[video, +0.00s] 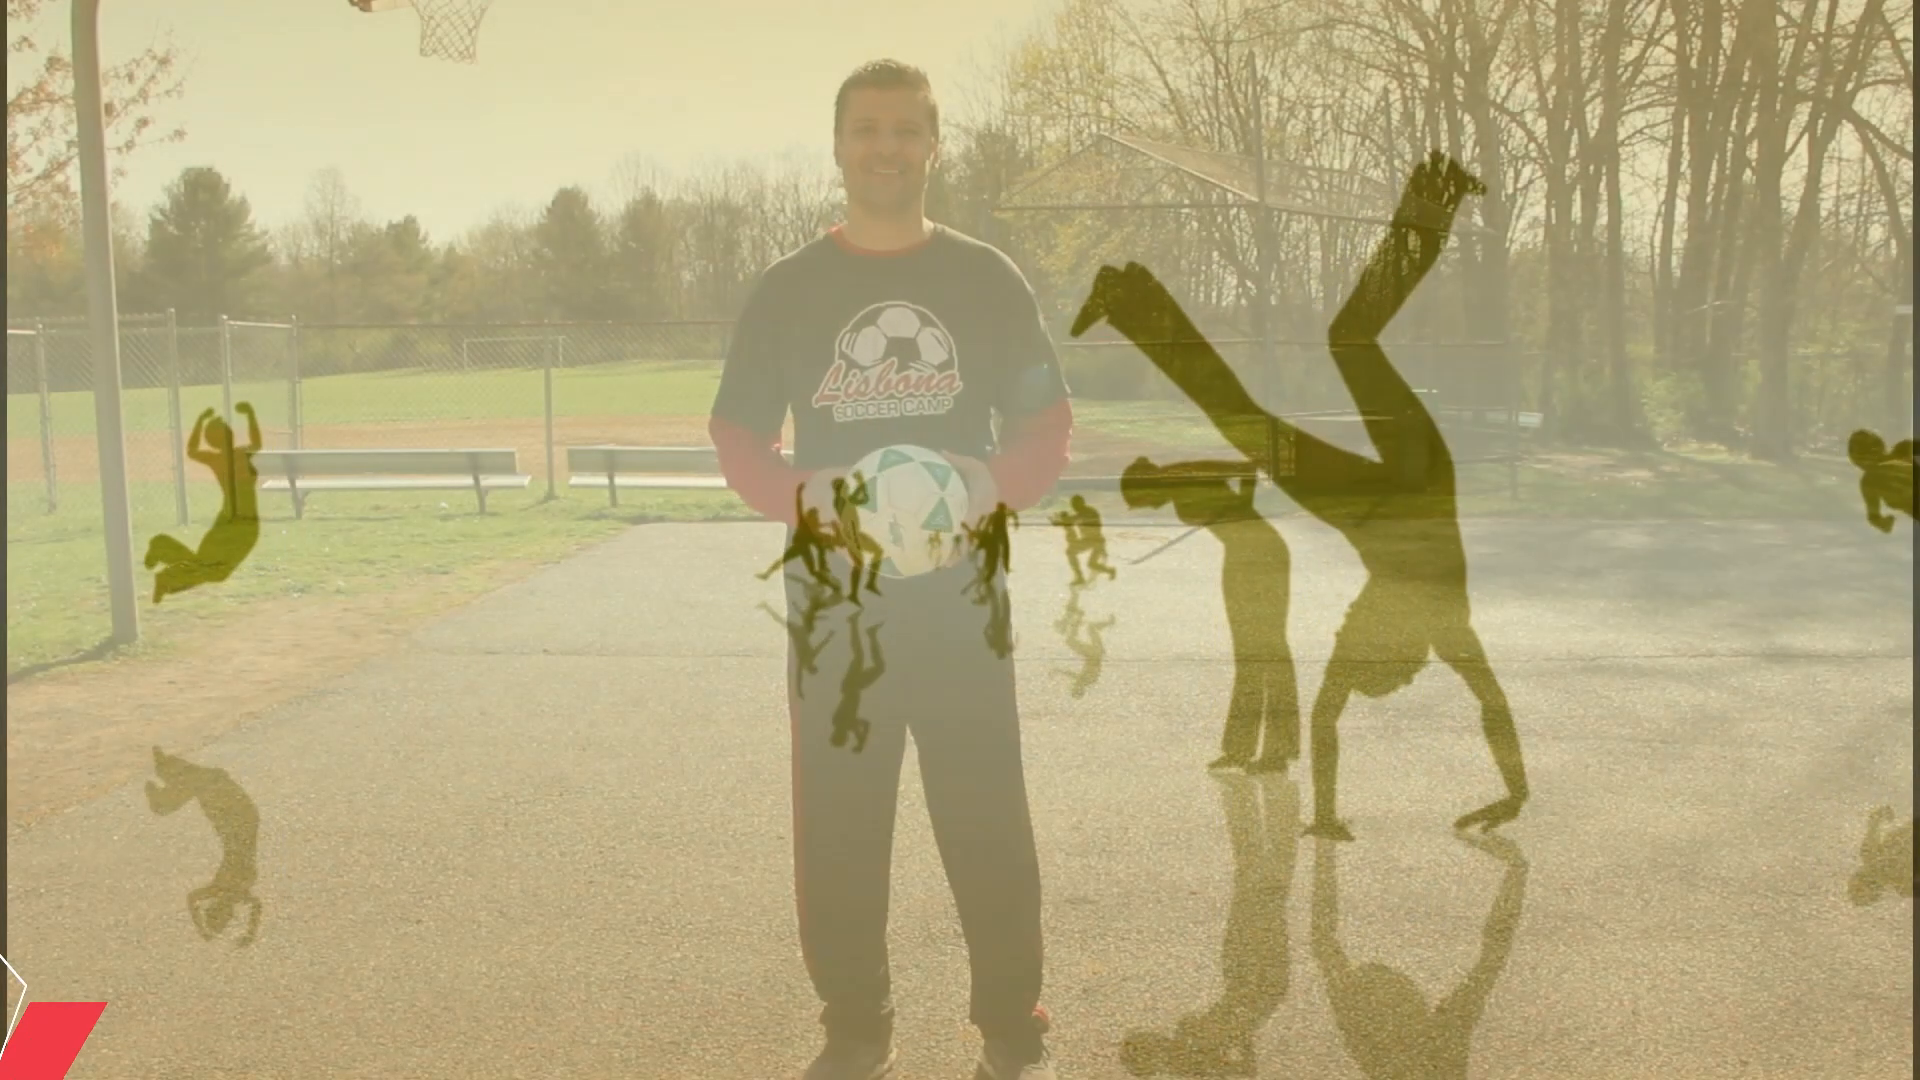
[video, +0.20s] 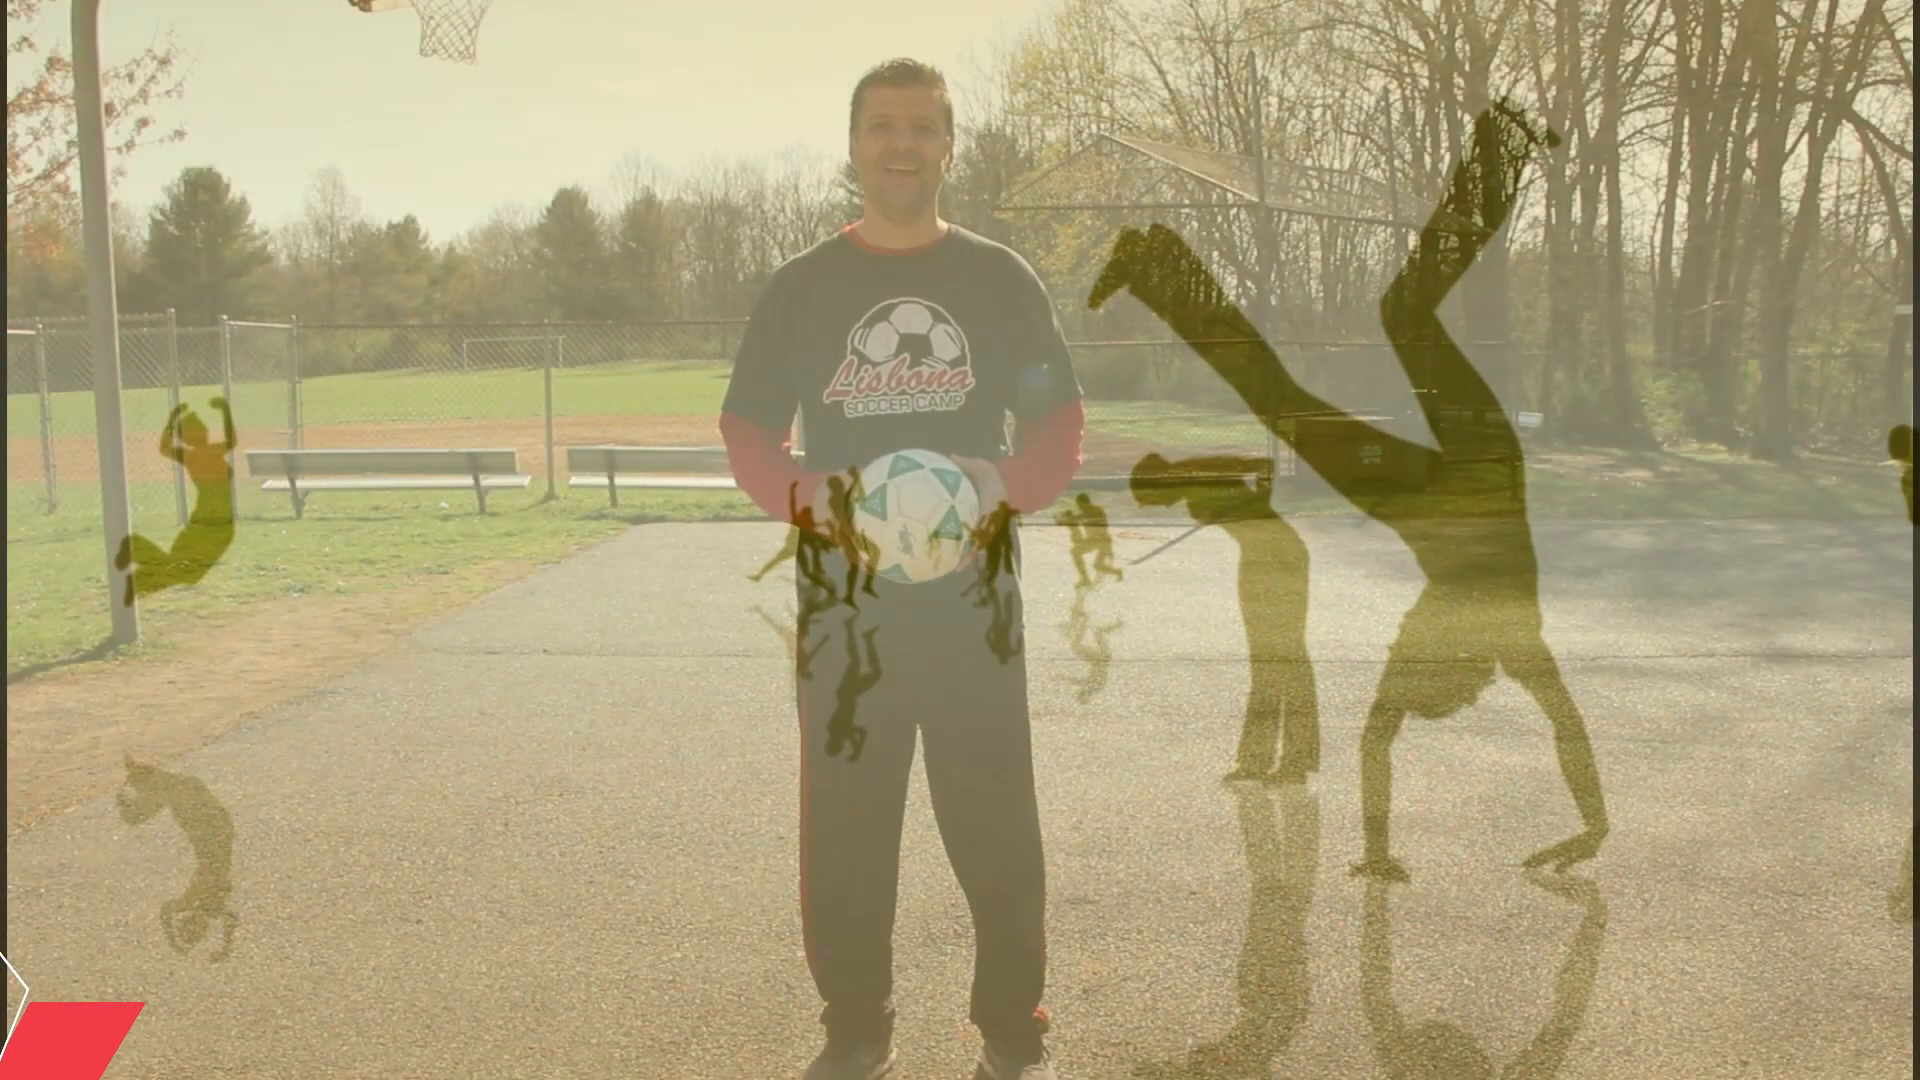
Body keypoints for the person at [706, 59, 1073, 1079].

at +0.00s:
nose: (890, 149)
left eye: (910, 130)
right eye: (868, 131)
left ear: (936, 145)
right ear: (838, 147)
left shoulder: (987, 277)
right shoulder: (785, 290)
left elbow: (1047, 424)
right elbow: (737, 436)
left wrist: (985, 493)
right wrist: (803, 502)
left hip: (959, 582)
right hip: (836, 591)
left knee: (985, 808)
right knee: (838, 814)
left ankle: (1010, 1021)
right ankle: (852, 1023)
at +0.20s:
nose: (904, 146)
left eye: (924, 129)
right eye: (882, 128)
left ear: (950, 145)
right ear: (853, 145)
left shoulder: (1000, 277)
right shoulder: (799, 288)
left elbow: (1058, 418)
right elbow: (746, 426)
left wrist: (1001, 492)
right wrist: (802, 496)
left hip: (971, 582)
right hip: (845, 592)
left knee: (994, 815)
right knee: (844, 818)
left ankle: (1012, 1030)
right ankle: (853, 1027)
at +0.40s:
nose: (927, 131)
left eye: (948, 117)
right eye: (908, 114)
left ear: (972, 143)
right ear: (874, 134)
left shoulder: (1015, 273)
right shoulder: (811, 281)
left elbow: (1082, 423)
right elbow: (753, 422)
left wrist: (1052, 411)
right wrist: (780, 446)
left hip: (984, 574)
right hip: (857, 577)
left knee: (1000, 812)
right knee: (853, 814)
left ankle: (1013, 1033)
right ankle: (852, 1032)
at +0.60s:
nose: (941, 128)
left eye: (964, 115)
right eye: (923, 111)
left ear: (989, 147)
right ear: (891, 137)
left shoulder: (1029, 277)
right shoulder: (828, 282)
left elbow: (1072, 444)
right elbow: (787, 432)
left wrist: (1094, 410)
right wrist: (772, 461)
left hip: (999, 577)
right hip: (871, 576)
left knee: (1009, 812)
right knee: (860, 809)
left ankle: (1014, 1033)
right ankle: (853, 1030)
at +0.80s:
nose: (954, 137)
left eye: (978, 125)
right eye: (937, 119)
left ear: (1003, 155)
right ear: (905, 139)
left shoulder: (1041, 279)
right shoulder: (842, 284)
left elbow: (1098, 418)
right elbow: (791, 424)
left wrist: (1065, 450)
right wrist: (840, 460)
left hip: (1016, 573)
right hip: (889, 571)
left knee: (1017, 810)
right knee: (872, 806)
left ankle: (1017, 1033)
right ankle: (856, 1030)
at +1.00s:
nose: (973, 140)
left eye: (995, 128)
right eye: (955, 123)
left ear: (1020, 154)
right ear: (923, 142)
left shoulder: (1062, 284)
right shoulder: (859, 287)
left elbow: (1116, 420)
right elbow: (804, 439)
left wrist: (1078, 469)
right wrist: (882, 471)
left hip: (1035, 588)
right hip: (906, 583)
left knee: (1030, 817)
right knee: (884, 809)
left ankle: (1018, 1035)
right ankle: (857, 1030)